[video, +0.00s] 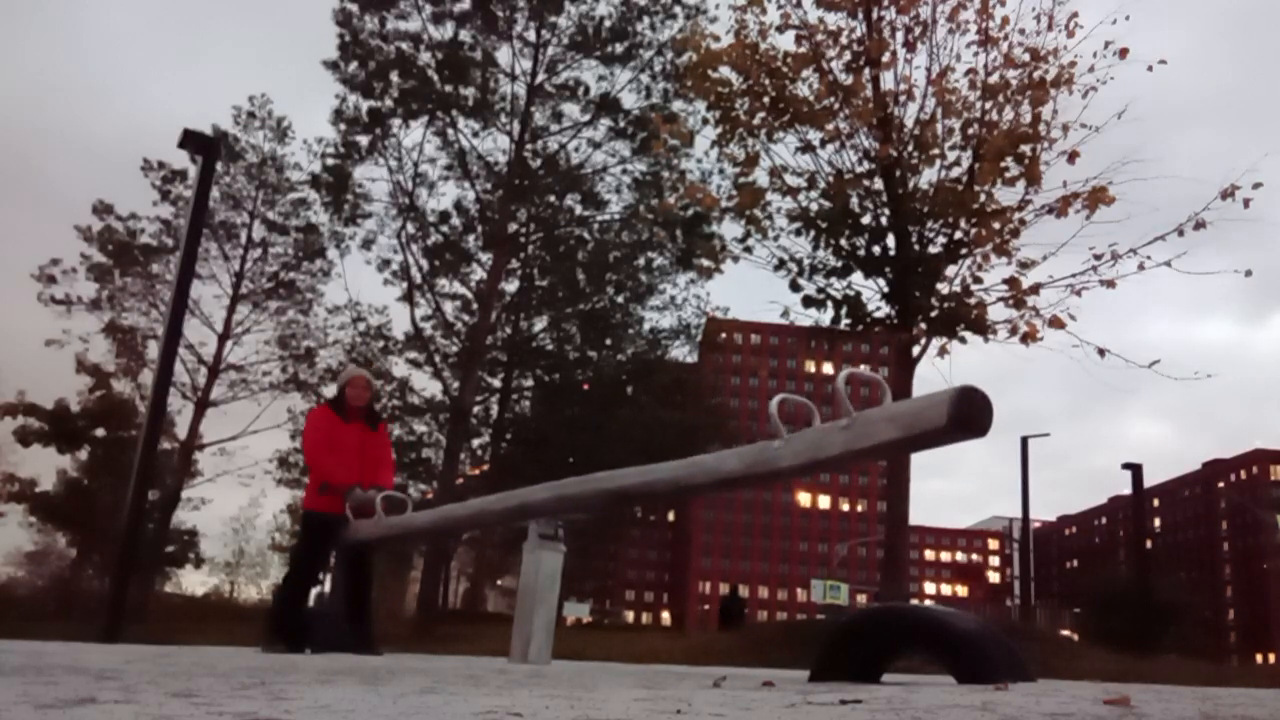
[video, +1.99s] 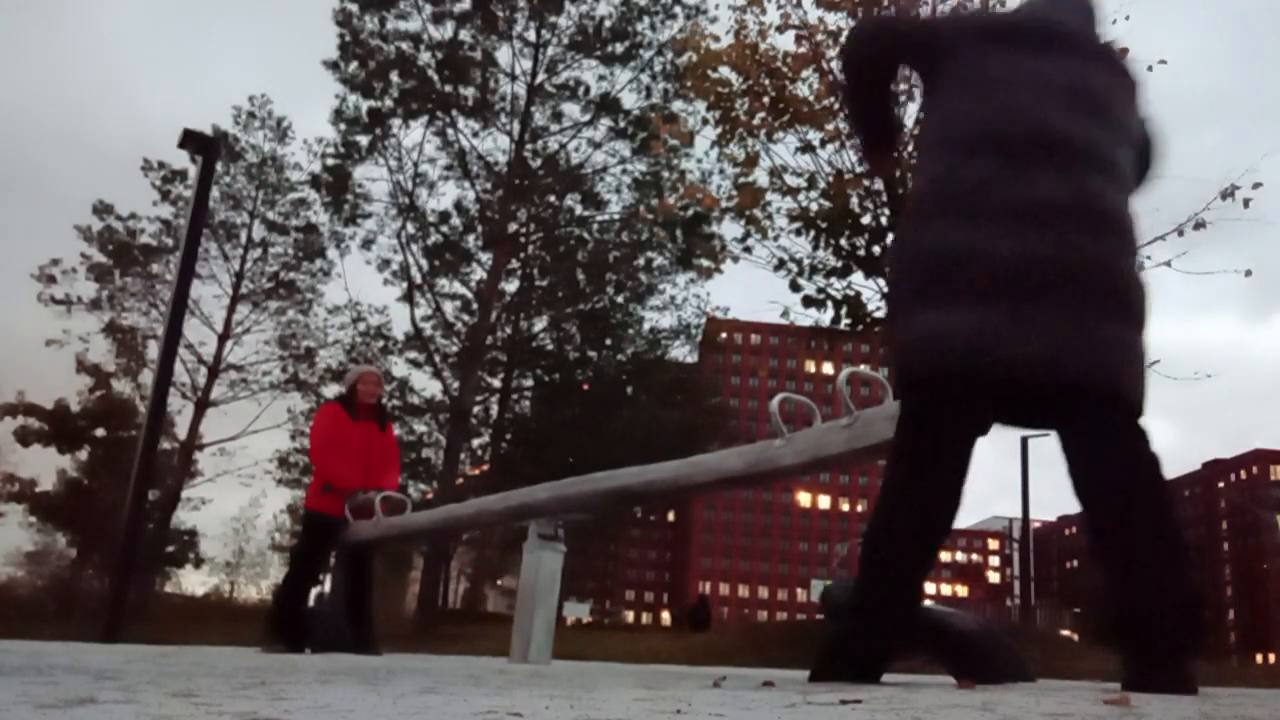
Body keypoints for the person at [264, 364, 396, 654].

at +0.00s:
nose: (360, 392)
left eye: (365, 387)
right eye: (354, 386)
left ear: (372, 393)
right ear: (343, 390)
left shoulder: (377, 427)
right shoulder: (321, 416)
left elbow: (385, 467)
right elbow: (315, 457)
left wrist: (379, 492)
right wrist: (344, 486)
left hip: (361, 514)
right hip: (322, 509)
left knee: (359, 579)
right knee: (304, 573)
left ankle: (359, 641)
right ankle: (281, 636)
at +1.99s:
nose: (371, 389)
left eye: (376, 384)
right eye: (365, 383)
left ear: (382, 390)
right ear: (352, 387)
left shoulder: (384, 426)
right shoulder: (331, 412)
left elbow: (391, 467)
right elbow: (320, 455)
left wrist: (382, 492)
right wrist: (349, 485)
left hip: (362, 514)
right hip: (325, 508)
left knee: (360, 579)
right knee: (304, 572)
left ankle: (361, 642)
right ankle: (282, 636)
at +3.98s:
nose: (382, 369)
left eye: (387, 364)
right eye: (376, 363)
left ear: (392, 369)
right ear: (363, 364)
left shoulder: (393, 401)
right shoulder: (340, 388)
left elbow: (403, 441)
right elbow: (324, 429)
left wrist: (383, 459)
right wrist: (352, 461)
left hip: (373, 487)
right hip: (333, 479)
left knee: (380, 546)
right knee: (321, 540)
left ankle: (374, 611)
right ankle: (290, 602)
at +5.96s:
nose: (355, 466)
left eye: (360, 461)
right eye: (349, 460)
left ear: (364, 465)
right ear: (334, 461)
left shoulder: (362, 494)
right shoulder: (308, 483)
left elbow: (367, 535)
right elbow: (290, 523)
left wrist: (359, 547)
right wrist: (334, 541)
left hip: (348, 564)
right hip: (309, 560)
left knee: (381, 585)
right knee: (325, 586)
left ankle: (359, 643)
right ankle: (276, 636)